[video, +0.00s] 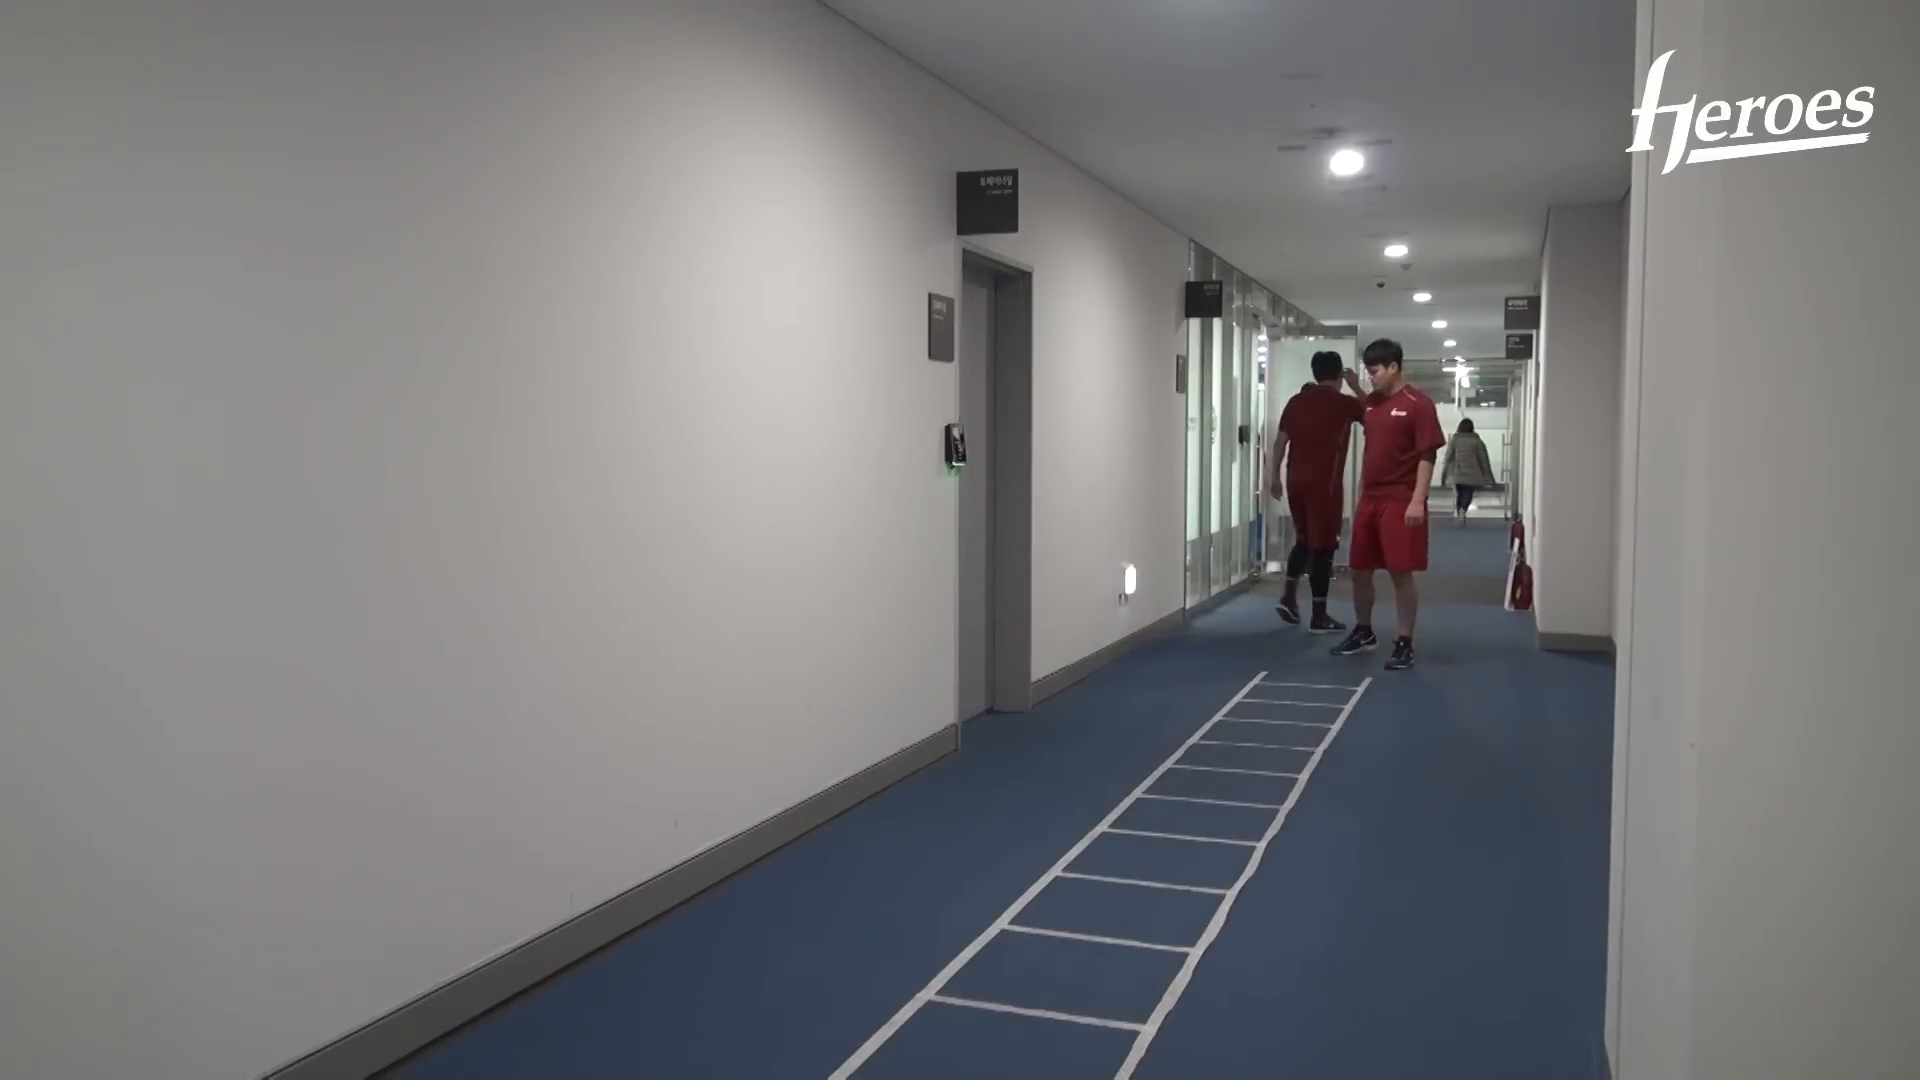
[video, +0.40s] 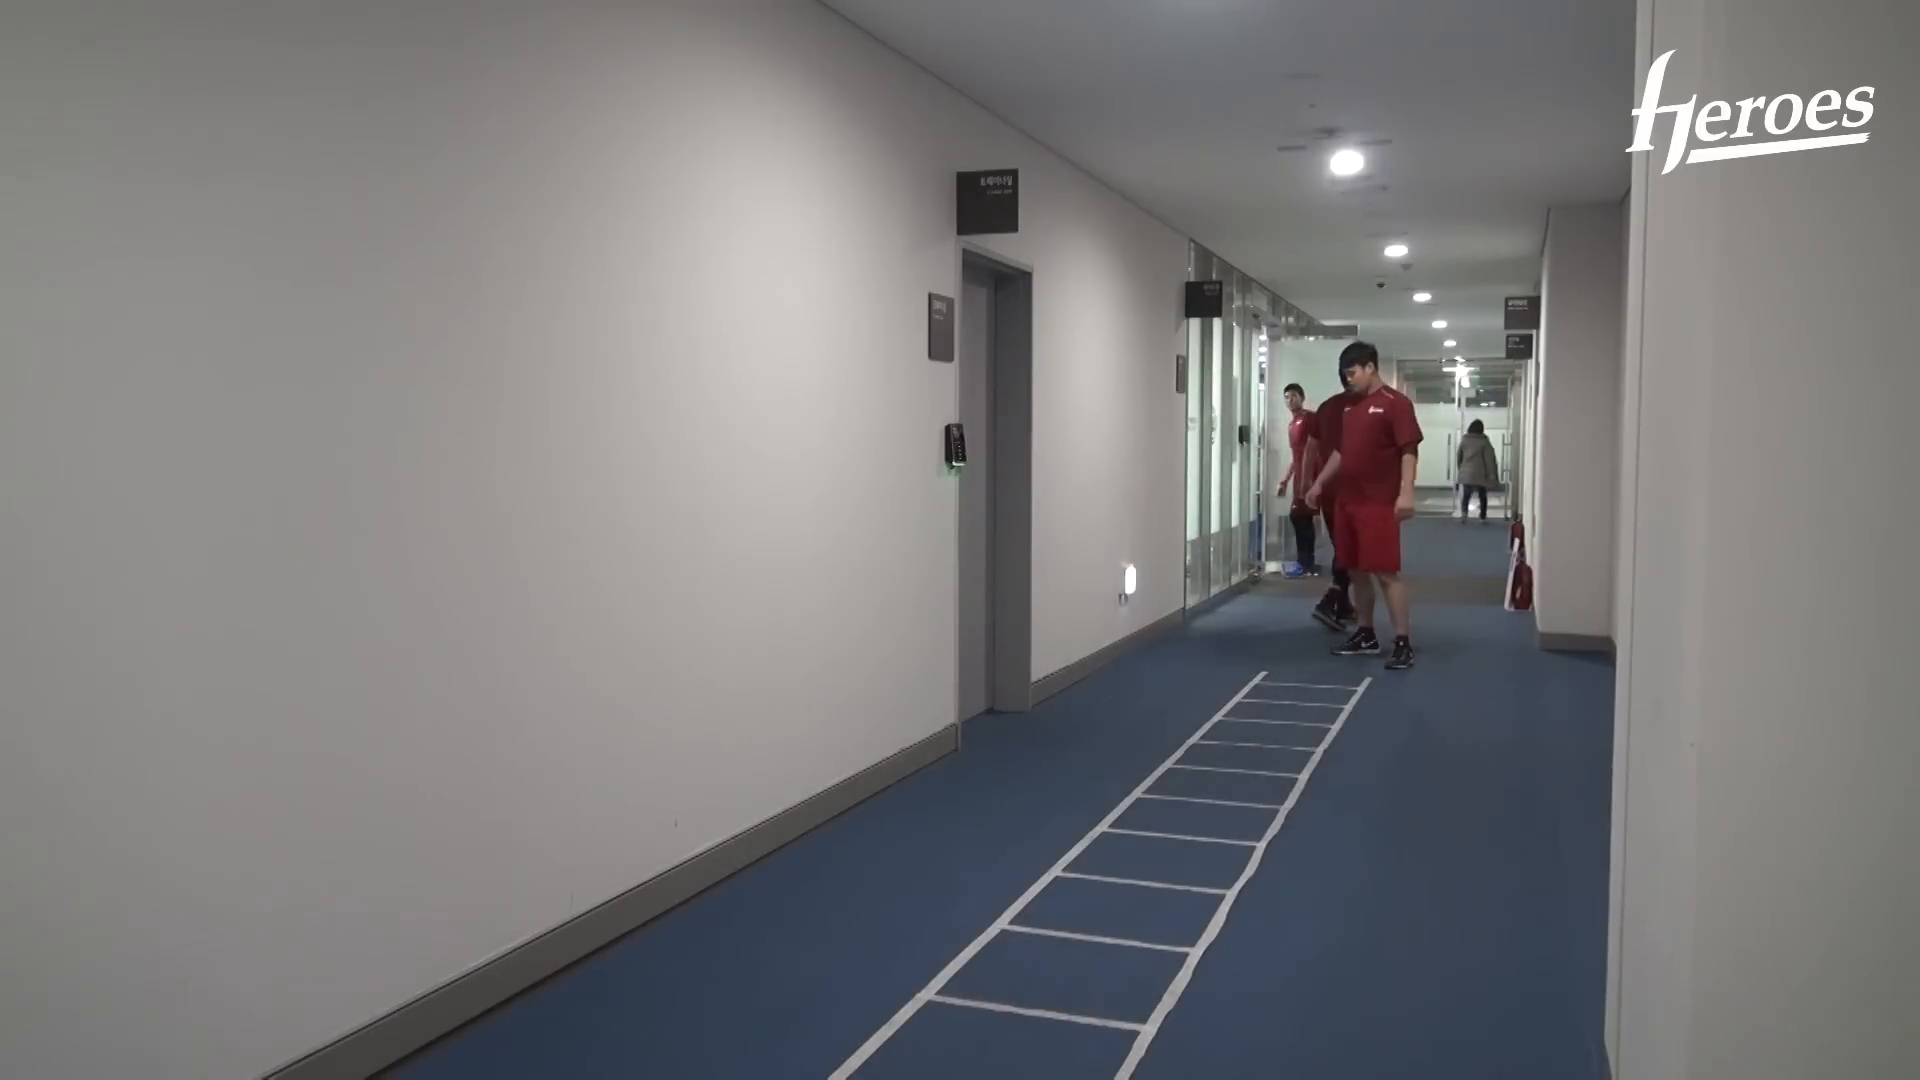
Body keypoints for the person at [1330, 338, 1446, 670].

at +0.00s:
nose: (1370, 375)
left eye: (1375, 368)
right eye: (1368, 369)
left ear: (1394, 367)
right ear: (1372, 371)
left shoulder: (1419, 403)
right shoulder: (1372, 405)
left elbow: (1428, 456)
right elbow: (1370, 454)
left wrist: (1418, 500)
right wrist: (1361, 497)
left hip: (1400, 500)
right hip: (1370, 498)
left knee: (1400, 572)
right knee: (1360, 569)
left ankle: (1404, 643)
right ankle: (1363, 630)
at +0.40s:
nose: (1346, 378)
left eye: (1351, 371)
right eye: (1344, 372)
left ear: (1370, 368)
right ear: (1349, 374)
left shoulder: (1397, 403)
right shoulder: (1351, 408)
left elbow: (1409, 450)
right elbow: (1341, 453)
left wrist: (1406, 493)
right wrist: (1318, 484)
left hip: (1380, 503)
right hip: (1348, 502)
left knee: (1386, 573)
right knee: (1357, 572)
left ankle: (1402, 642)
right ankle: (1365, 634)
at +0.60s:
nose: (1339, 378)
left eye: (1344, 372)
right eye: (1337, 373)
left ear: (1361, 369)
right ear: (1342, 373)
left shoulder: (1388, 403)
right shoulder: (1339, 406)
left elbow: (1396, 453)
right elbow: (1328, 452)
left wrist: (1384, 493)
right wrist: (1308, 485)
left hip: (1369, 500)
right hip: (1339, 499)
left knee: (1369, 570)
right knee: (1351, 571)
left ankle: (1393, 638)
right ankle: (1364, 633)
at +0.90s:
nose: (1320, 379)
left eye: (1323, 373)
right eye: (1319, 374)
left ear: (1340, 369)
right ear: (1333, 371)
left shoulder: (1373, 404)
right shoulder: (1325, 407)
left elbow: (1385, 453)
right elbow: (1318, 453)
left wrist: (1387, 496)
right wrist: (1304, 490)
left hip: (1361, 499)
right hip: (1331, 500)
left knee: (1334, 564)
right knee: (1351, 570)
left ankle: (1338, 635)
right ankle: (1365, 633)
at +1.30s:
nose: (1305, 375)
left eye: (1309, 368)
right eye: (1303, 369)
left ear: (1327, 365)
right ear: (1307, 370)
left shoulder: (1350, 401)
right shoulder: (1310, 403)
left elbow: (1356, 452)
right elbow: (1304, 449)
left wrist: (1354, 496)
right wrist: (1300, 486)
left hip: (1339, 497)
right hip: (1315, 497)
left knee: (1322, 570)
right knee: (1333, 568)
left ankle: (1316, 637)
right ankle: (1357, 625)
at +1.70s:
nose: (1315, 371)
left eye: (1322, 364)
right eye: (1310, 364)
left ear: (1334, 366)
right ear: (1305, 366)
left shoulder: (1346, 400)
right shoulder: (1302, 401)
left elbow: (1342, 450)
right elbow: (1295, 448)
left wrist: (1307, 480)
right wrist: (1292, 486)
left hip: (1333, 497)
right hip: (1306, 495)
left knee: (1325, 569)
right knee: (1291, 557)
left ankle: (1319, 638)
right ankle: (1311, 614)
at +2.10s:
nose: (1322, 373)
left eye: (1329, 368)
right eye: (1317, 367)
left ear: (1339, 369)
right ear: (1309, 366)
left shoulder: (1354, 404)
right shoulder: (1293, 401)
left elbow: (1369, 452)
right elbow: (1284, 448)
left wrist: (1377, 494)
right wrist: (1291, 487)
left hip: (1330, 501)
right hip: (1295, 495)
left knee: (1322, 571)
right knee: (1272, 552)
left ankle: (1318, 637)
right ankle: (1272, 612)